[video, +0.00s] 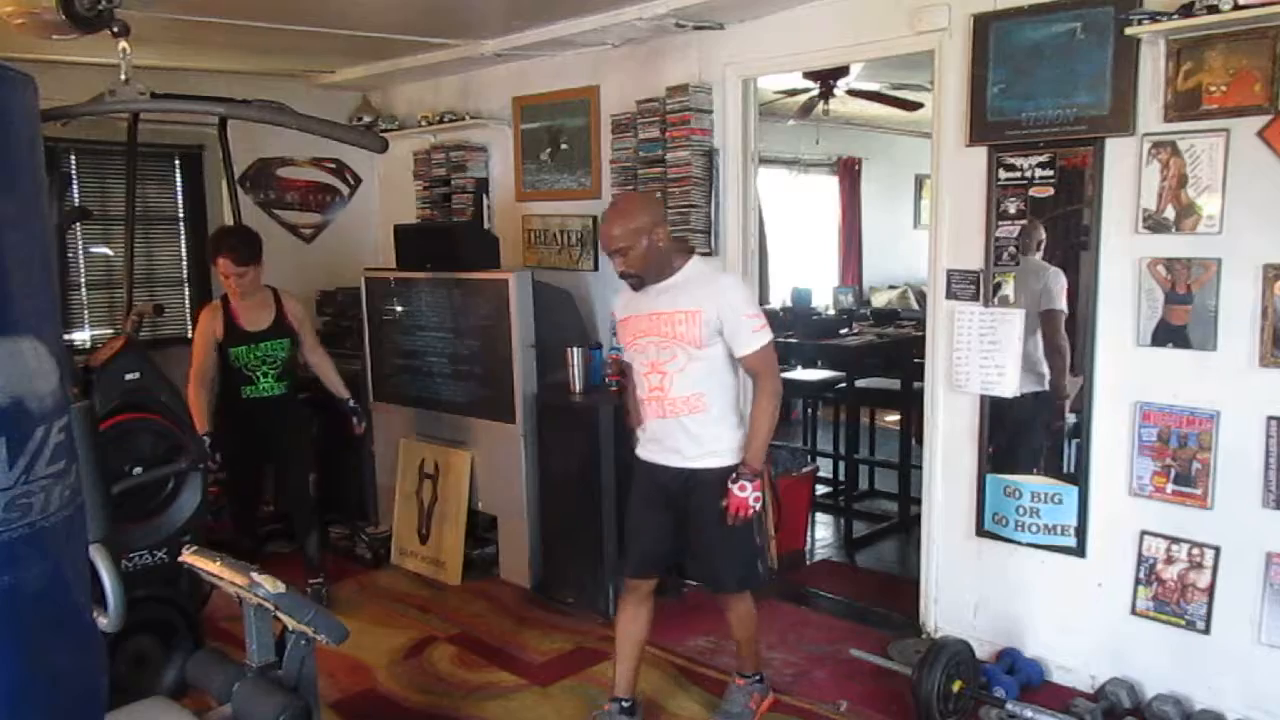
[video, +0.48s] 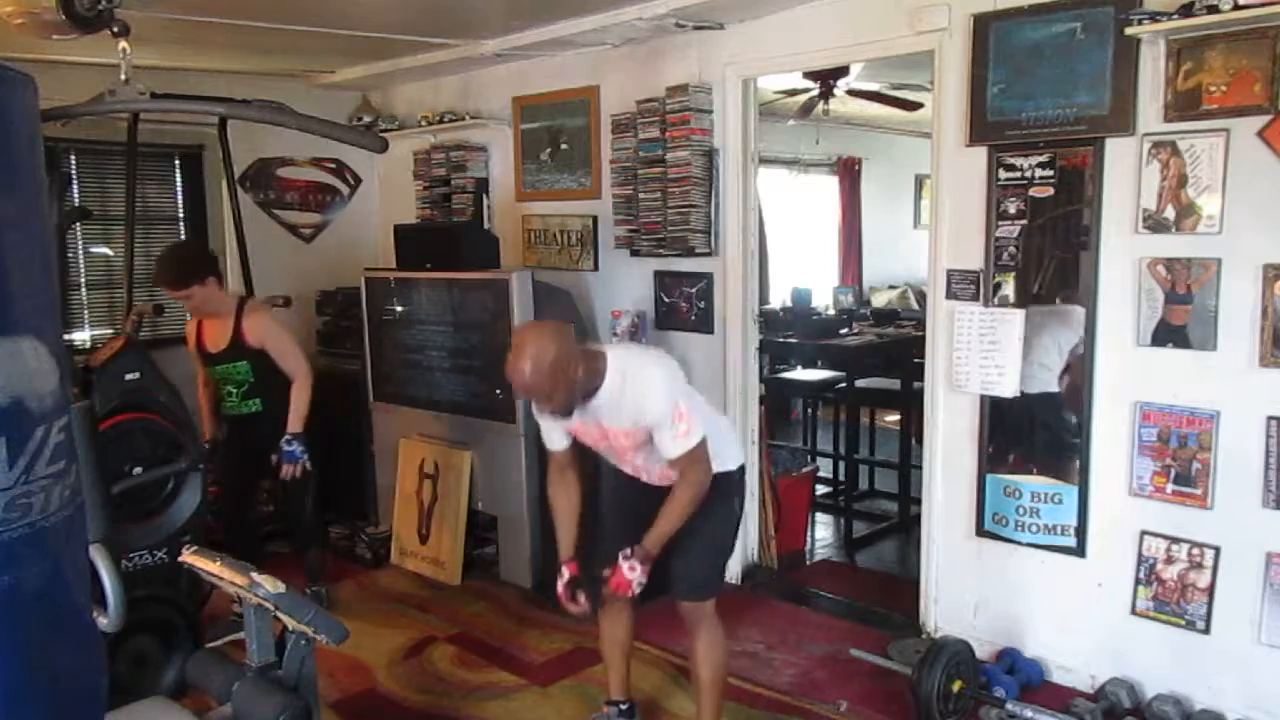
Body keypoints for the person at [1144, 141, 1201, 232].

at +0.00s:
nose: (1157, 158)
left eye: (1159, 153)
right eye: (1155, 156)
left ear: (1168, 150)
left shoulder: (1174, 161)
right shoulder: (1164, 165)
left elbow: (1171, 187)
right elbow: (1161, 187)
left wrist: (1160, 212)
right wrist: (1157, 211)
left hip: (1190, 210)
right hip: (1180, 211)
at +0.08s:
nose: (1157, 158)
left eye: (1159, 153)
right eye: (1155, 156)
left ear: (1168, 150)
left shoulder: (1174, 161)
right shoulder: (1164, 165)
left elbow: (1171, 187)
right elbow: (1161, 187)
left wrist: (1160, 212)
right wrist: (1157, 211)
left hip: (1190, 210)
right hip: (1180, 211)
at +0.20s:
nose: (1157, 158)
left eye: (1159, 153)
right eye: (1155, 156)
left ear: (1168, 150)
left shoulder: (1174, 161)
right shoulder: (1164, 165)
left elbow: (1171, 187)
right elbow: (1161, 187)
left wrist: (1160, 212)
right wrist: (1157, 211)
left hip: (1190, 210)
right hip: (1180, 211)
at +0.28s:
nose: (1157, 158)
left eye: (1159, 153)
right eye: (1154, 156)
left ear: (1168, 150)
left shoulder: (1174, 161)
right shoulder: (1164, 165)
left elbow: (1171, 187)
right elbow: (1161, 187)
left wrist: (1160, 212)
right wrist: (1157, 211)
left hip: (1189, 210)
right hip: (1180, 211)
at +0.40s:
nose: (1157, 158)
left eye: (1159, 153)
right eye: (1155, 156)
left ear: (1168, 150)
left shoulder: (1174, 161)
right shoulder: (1164, 165)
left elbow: (1171, 187)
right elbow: (1161, 187)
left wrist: (1160, 212)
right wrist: (1157, 211)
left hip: (1190, 210)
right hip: (1180, 211)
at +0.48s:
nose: (1157, 158)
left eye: (1159, 153)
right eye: (1155, 156)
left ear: (1168, 150)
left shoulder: (1174, 161)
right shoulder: (1164, 165)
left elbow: (1171, 187)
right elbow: (1161, 187)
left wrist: (1160, 212)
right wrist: (1157, 211)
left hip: (1190, 210)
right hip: (1180, 211)